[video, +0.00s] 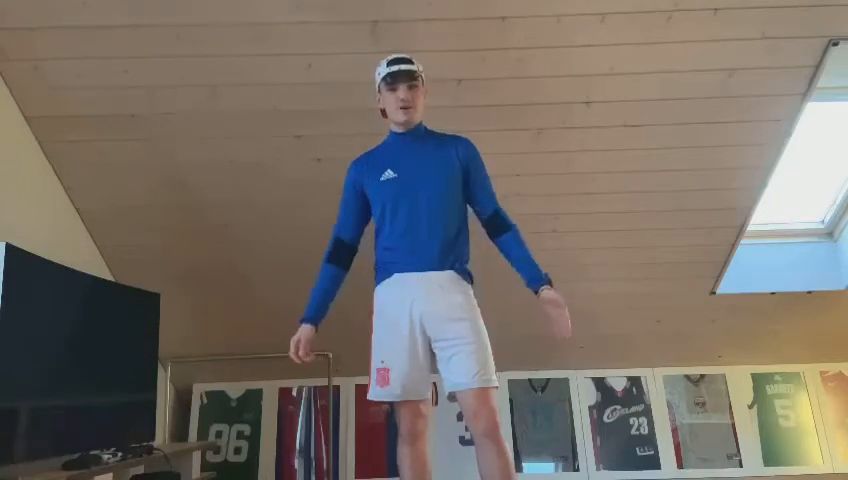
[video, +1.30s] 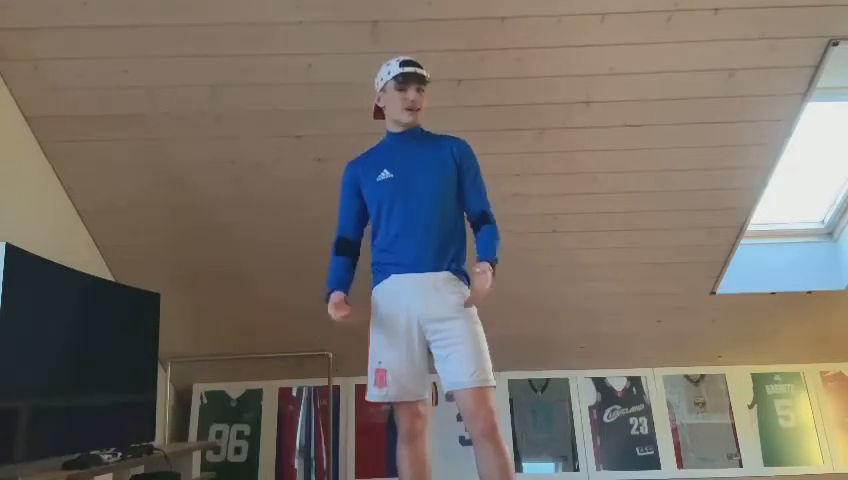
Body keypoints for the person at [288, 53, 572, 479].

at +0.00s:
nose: (403, 95)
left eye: (411, 86)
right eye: (393, 88)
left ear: (424, 95)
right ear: (380, 103)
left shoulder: (459, 150)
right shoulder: (365, 167)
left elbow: (497, 223)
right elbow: (341, 248)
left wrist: (541, 284)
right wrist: (309, 321)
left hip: (452, 294)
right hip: (394, 301)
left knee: (484, 419)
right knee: (411, 423)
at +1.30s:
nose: (413, 95)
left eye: (419, 87)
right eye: (402, 87)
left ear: (426, 96)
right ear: (380, 99)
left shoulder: (454, 150)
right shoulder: (361, 168)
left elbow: (482, 218)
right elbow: (348, 239)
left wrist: (486, 262)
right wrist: (337, 288)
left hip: (451, 294)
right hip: (394, 299)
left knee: (482, 417)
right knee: (411, 422)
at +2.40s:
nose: (412, 115)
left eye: (419, 105)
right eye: (402, 105)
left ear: (428, 105)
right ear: (381, 105)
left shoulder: (455, 151)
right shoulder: (363, 172)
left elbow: (496, 207)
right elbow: (354, 252)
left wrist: (447, 228)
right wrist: (388, 257)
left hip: (466, 289)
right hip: (409, 296)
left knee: (505, 405)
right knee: (418, 419)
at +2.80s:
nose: (452, 107)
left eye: (460, 98)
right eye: (443, 96)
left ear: (469, 96)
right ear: (421, 91)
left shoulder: (487, 146)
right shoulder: (391, 158)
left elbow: (534, 206)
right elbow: (374, 239)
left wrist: (487, 222)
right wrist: (410, 230)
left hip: (486, 289)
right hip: (429, 293)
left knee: (513, 409)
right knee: (430, 420)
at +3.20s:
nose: (498, 106)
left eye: (509, 97)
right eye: (490, 94)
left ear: (519, 94)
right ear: (472, 84)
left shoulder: (534, 141)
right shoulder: (439, 146)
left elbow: (576, 195)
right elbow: (409, 223)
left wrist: (511, 182)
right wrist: (455, 192)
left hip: (522, 288)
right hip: (463, 293)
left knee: (532, 413)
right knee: (447, 419)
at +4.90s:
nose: (515, 97)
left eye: (524, 87)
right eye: (506, 88)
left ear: (536, 86)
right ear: (494, 88)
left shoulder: (560, 141)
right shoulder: (467, 146)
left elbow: (597, 186)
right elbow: (440, 223)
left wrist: (519, 173)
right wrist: (465, 190)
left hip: (533, 285)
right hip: (476, 287)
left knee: (538, 416)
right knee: (462, 415)